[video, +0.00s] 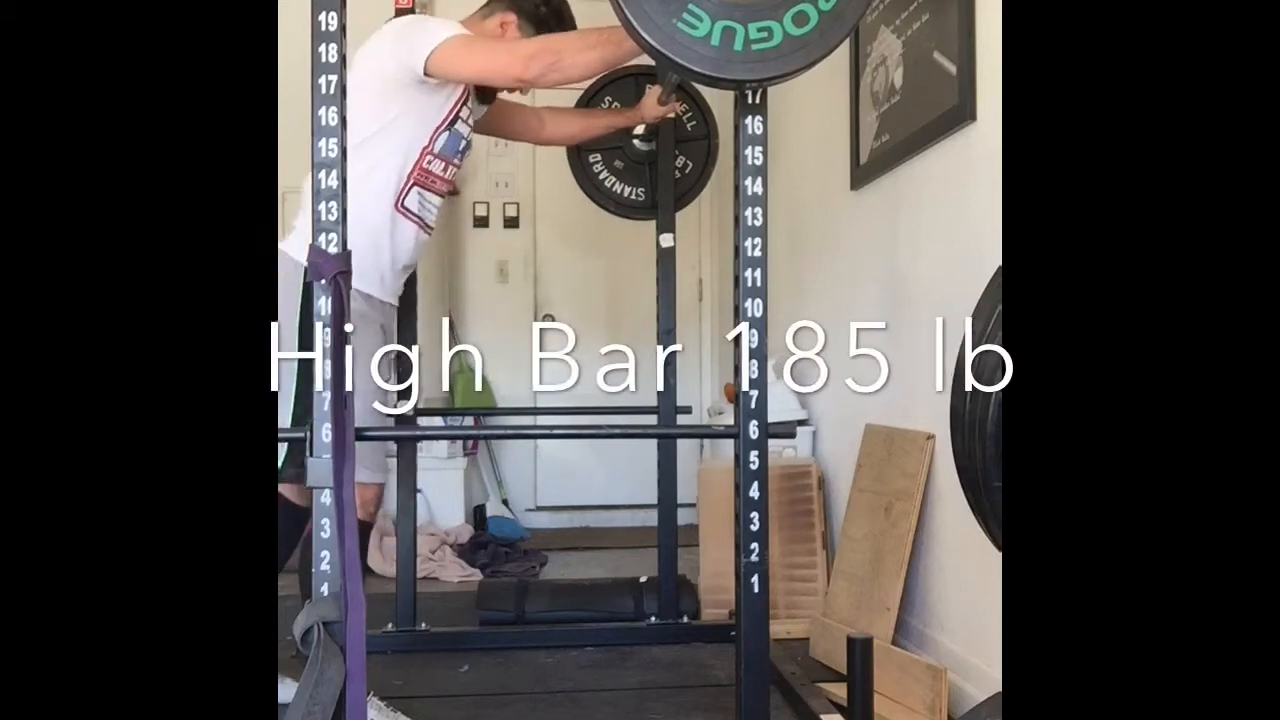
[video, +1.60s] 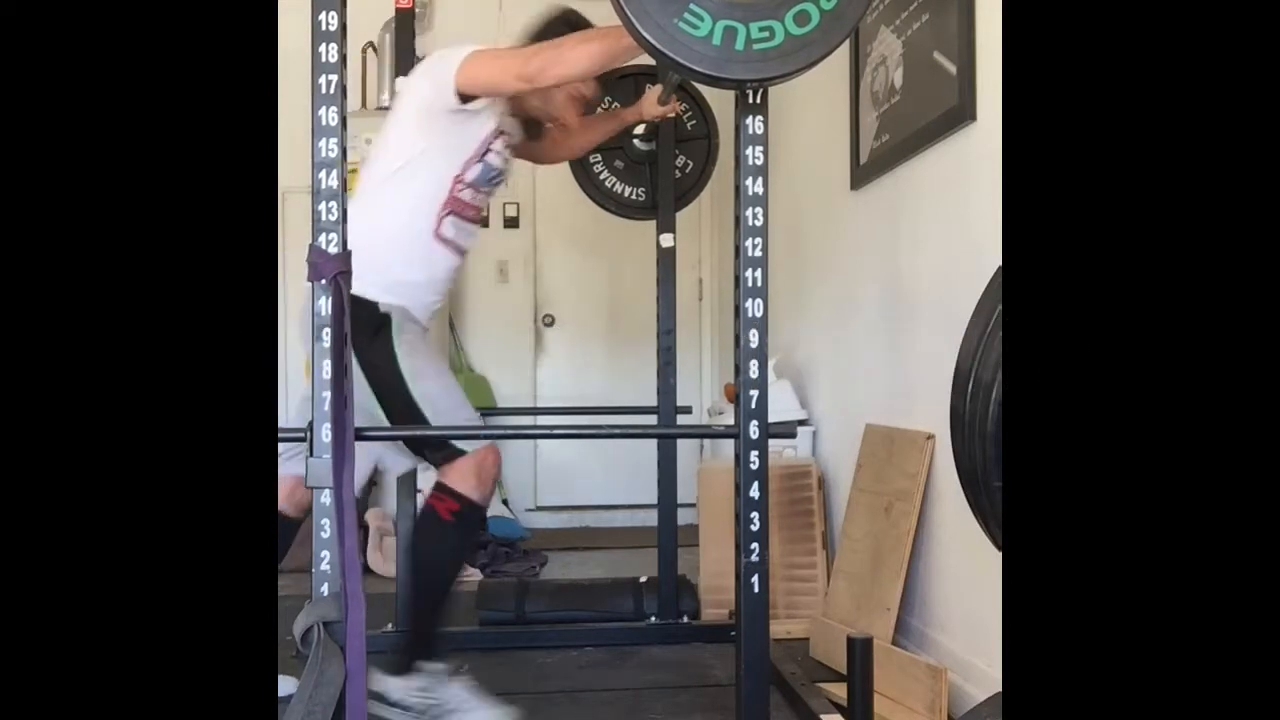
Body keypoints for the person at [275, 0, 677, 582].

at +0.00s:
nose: (519, 65)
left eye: (532, 57)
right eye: (528, 53)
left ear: (500, 26)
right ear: (505, 25)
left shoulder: (462, 99)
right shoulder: (411, 37)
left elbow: (541, 124)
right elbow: (530, 65)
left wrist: (636, 115)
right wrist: (659, 28)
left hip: (370, 297)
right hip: (328, 285)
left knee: (301, 475)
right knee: (359, 487)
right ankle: (322, 633)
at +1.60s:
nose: (577, 121)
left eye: (588, 112)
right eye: (584, 102)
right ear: (548, 66)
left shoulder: (503, 125)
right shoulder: (445, 75)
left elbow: (555, 146)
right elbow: (551, 68)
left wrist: (635, 114)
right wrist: (660, 27)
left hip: (392, 313)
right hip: (361, 305)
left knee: (297, 487)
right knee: (473, 465)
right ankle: (410, 667)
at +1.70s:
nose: (599, 155)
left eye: (614, 151)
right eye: (609, 138)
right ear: (587, 89)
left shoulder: (534, 137)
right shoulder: (487, 86)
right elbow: (561, 54)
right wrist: (661, 26)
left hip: (413, 305)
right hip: (387, 298)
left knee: (316, 480)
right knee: (479, 464)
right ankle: (502, 673)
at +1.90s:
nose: (695, 191)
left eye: (710, 185)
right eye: (706, 175)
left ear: (681, 129)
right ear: (684, 128)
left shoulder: (624, 165)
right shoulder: (591, 116)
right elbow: (546, 49)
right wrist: (645, 23)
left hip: (495, 333)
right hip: (465, 324)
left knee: (394, 495)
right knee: (581, 483)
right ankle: (544, 693)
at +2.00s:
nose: (747, 169)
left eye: (760, 162)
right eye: (758, 153)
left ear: (738, 120)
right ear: (745, 114)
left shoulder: (674, 155)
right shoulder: (642, 96)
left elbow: (553, 143)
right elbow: (545, 57)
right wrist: (642, 31)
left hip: (543, 322)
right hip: (510, 311)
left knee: (488, 510)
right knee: (610, 488)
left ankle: (345, 570)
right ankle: (545, 691)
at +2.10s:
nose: (801, 138)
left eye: (811, 124)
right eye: (807, 117)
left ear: (779, 96)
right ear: (777, 90)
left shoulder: (701, 125)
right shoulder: (679, 90)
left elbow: (572, 162)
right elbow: (560, 102)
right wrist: (646, 49)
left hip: (577, 315)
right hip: (551, 311)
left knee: (580, 497)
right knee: (624, 493)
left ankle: (429, 576)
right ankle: (547, 689)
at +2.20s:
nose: (818, 96)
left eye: (824, 82)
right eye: (819, 76)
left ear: (784, 70)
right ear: (783, 60)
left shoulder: (723, 119)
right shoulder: (690, 88)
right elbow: (588, 147)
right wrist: (663, 56)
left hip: (615, 311)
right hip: (578, 303)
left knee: (643, 491)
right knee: (635, 497)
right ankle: (549, 685)